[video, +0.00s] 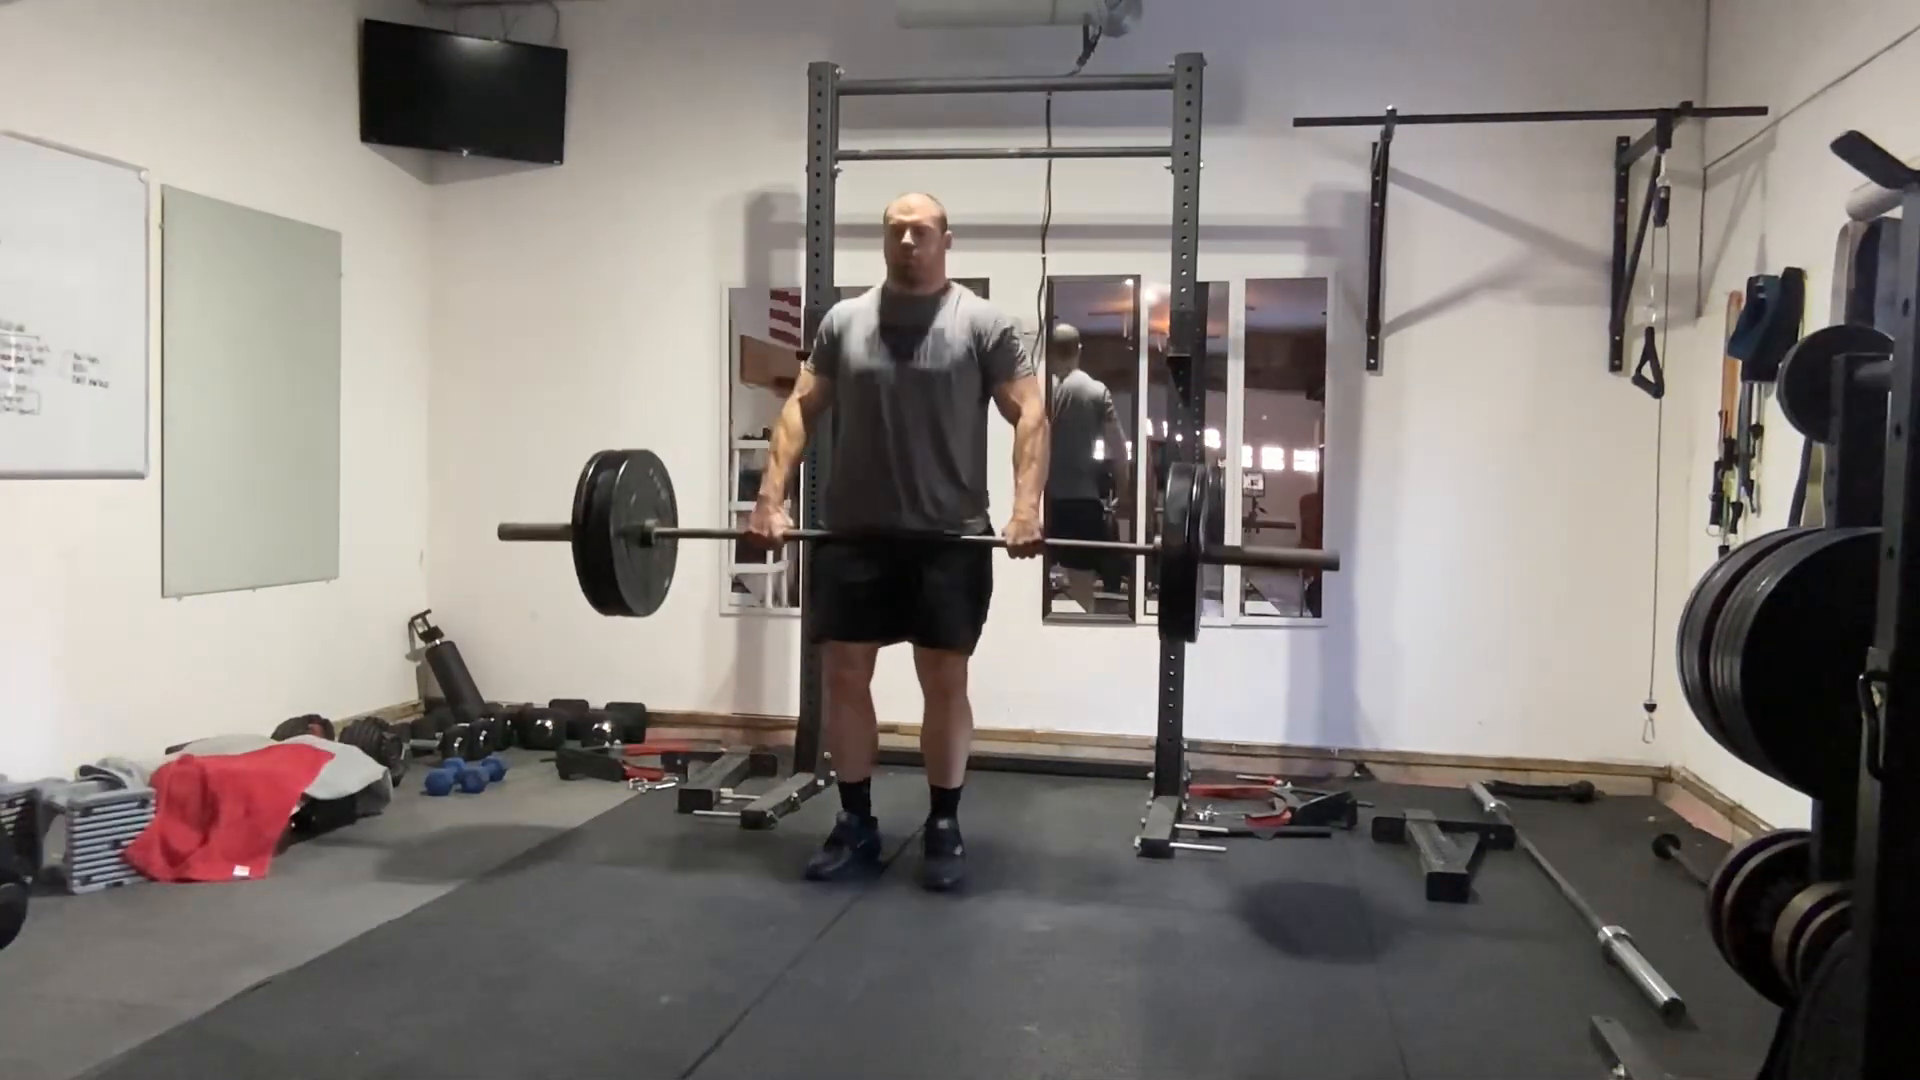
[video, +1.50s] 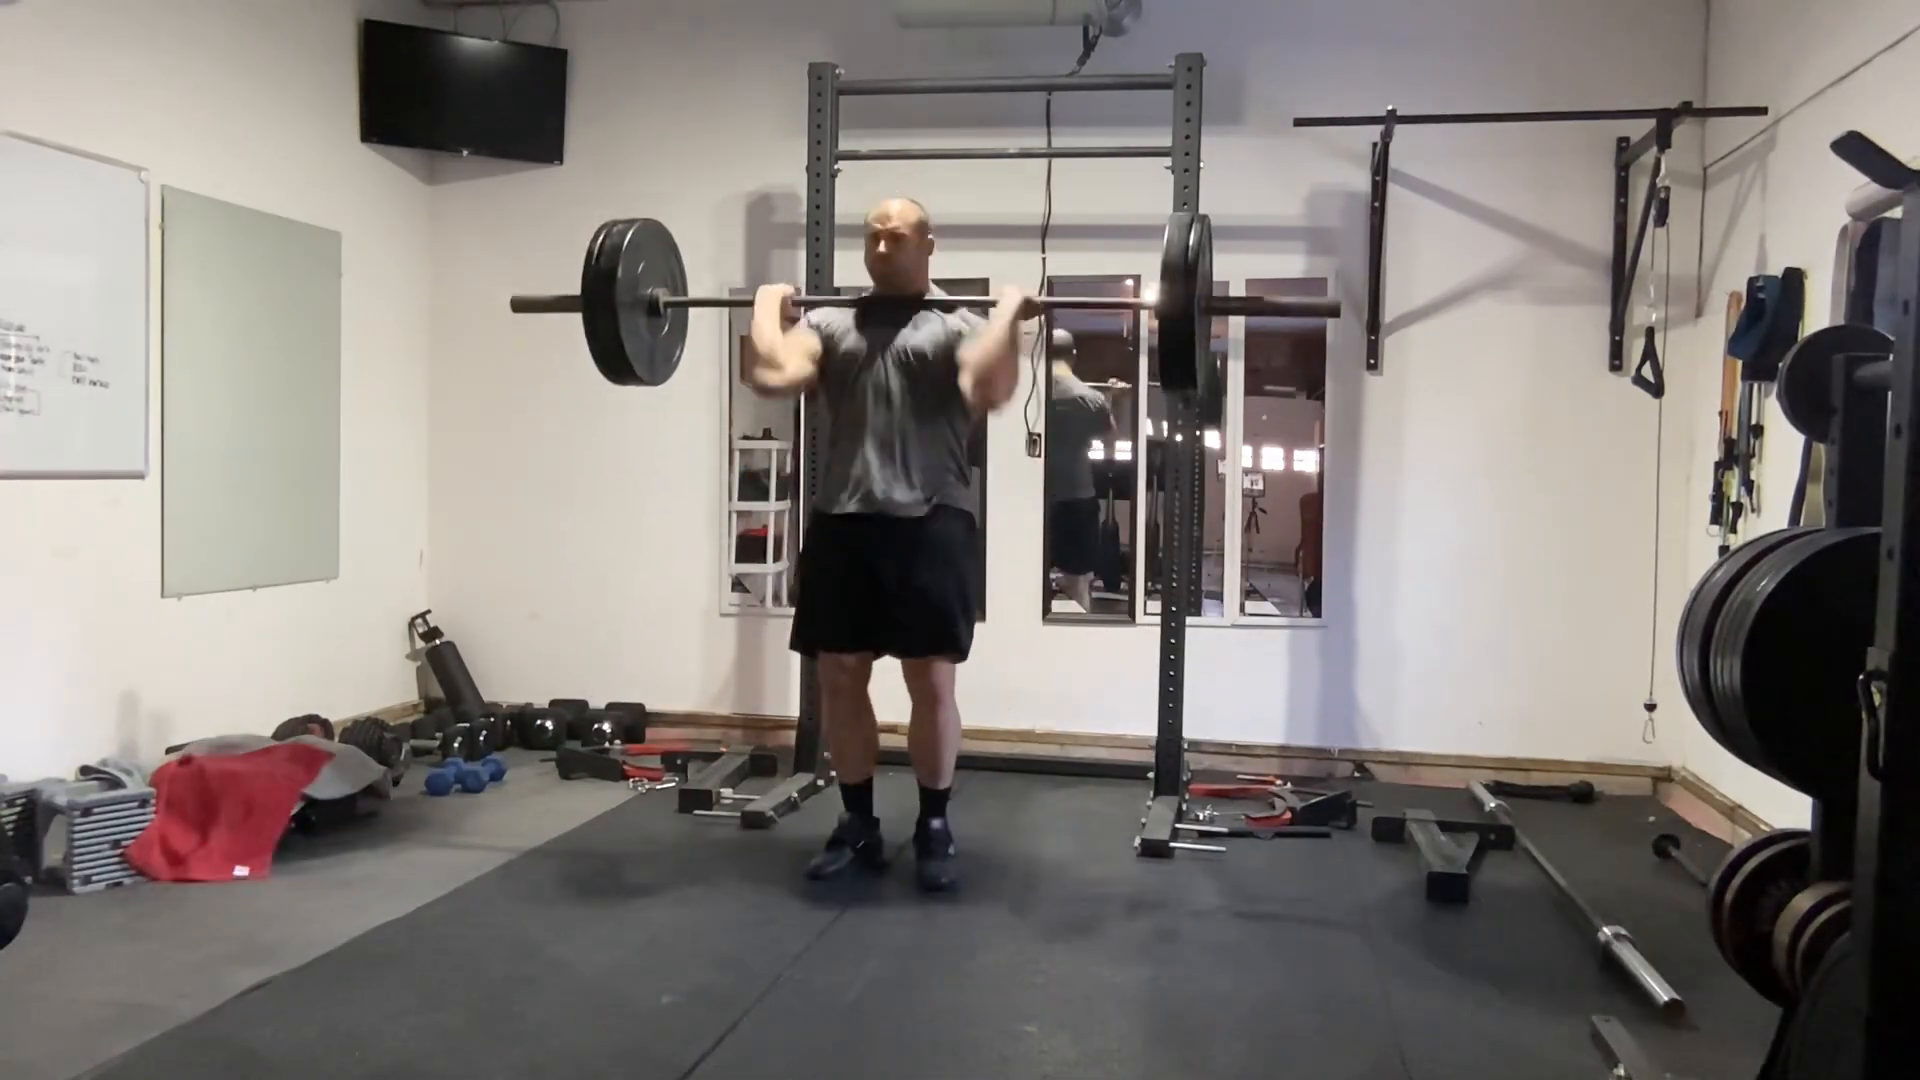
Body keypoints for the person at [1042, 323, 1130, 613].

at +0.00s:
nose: (1050, 358)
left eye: (1051, 352)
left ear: (1048, 351)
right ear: (1079, 350)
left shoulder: (1038, 390)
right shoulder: (1096, 391)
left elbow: (1028, 446)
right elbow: (1117, 449)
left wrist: (1027, 494)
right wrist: (1123, 496)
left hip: (1044, 499)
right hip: (1082, 499)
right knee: (1080, 576)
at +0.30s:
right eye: (1071, 372)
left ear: (1046, 374)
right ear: (1075, 374)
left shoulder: (1028, 406)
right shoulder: (1093, 413)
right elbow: (1111, 478)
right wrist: (1116, 525)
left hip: (1032, 500)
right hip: (1077, 502)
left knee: (1033, 578)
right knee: (1085, 582)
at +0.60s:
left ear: (1047, 403)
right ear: (1075, 404)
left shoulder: (1032, 432)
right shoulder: (1094, 440)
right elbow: (1111, 501)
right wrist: (1118, 554)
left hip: (1034, 503)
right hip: (1078, 505)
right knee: (1091, 582)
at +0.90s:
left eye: (1058, 381)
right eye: (1071, 380)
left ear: (1049, 381)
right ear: (1076, 381)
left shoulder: (1034, 412)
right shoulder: (1094, 418)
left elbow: (1019, 457)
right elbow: (1114, 470)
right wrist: (1119, 526)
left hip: (1038, 492)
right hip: (1079, 493)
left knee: (1035, 562)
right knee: (1083, 572)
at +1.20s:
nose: (1056, 348)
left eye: (1055, 341)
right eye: (1059, 342)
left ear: (1040, 343)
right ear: (1071, 343)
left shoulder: (1027, 377)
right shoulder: (1087, 372)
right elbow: (1126, 413)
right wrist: (1114, 436)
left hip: (1036, 484)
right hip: (1077, 481)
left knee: (1031, 566)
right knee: (1078, 567)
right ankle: (1083, 634)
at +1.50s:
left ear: (1042, 355)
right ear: (1073, 356)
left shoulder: (1027, 396)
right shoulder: (1088, 398)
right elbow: (1110, 437)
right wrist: (1114, 399)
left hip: (1034, 497)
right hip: (1076, 496)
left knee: (1032, 579)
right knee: (1077, 581)